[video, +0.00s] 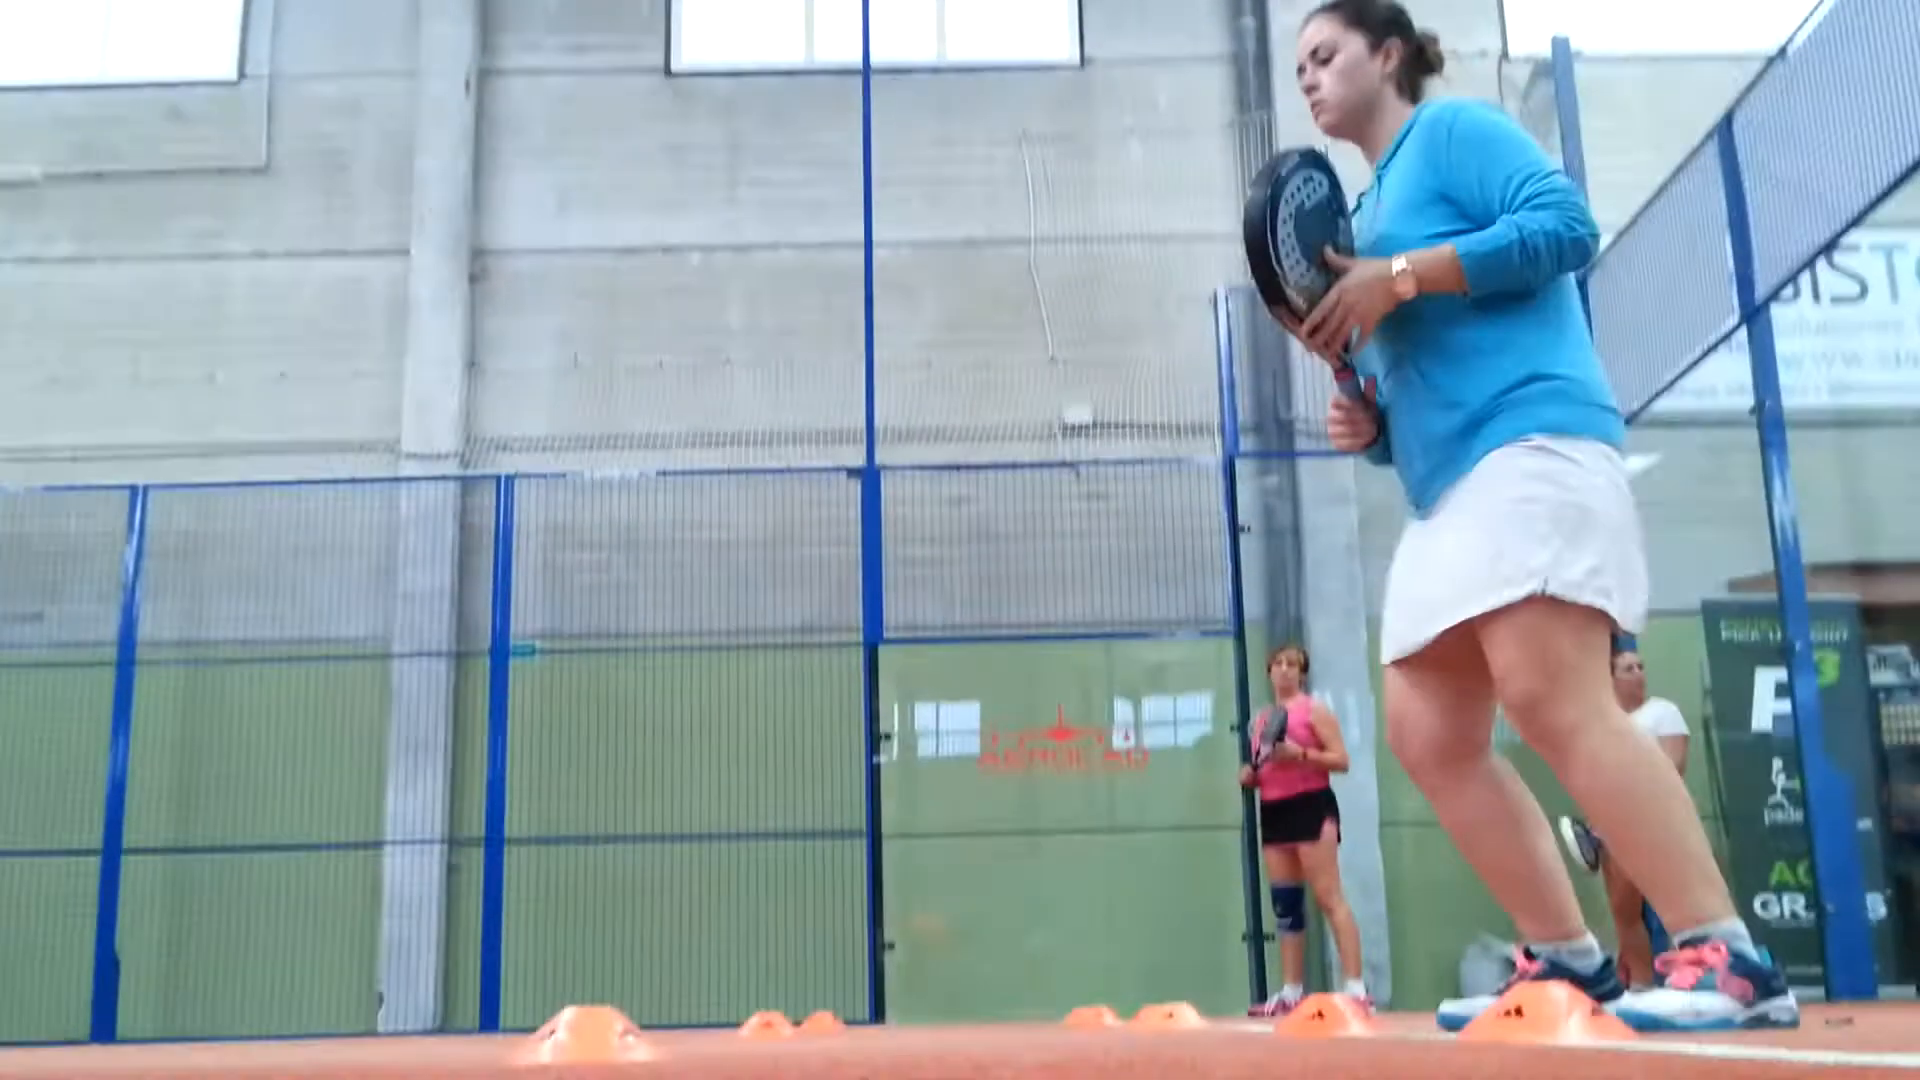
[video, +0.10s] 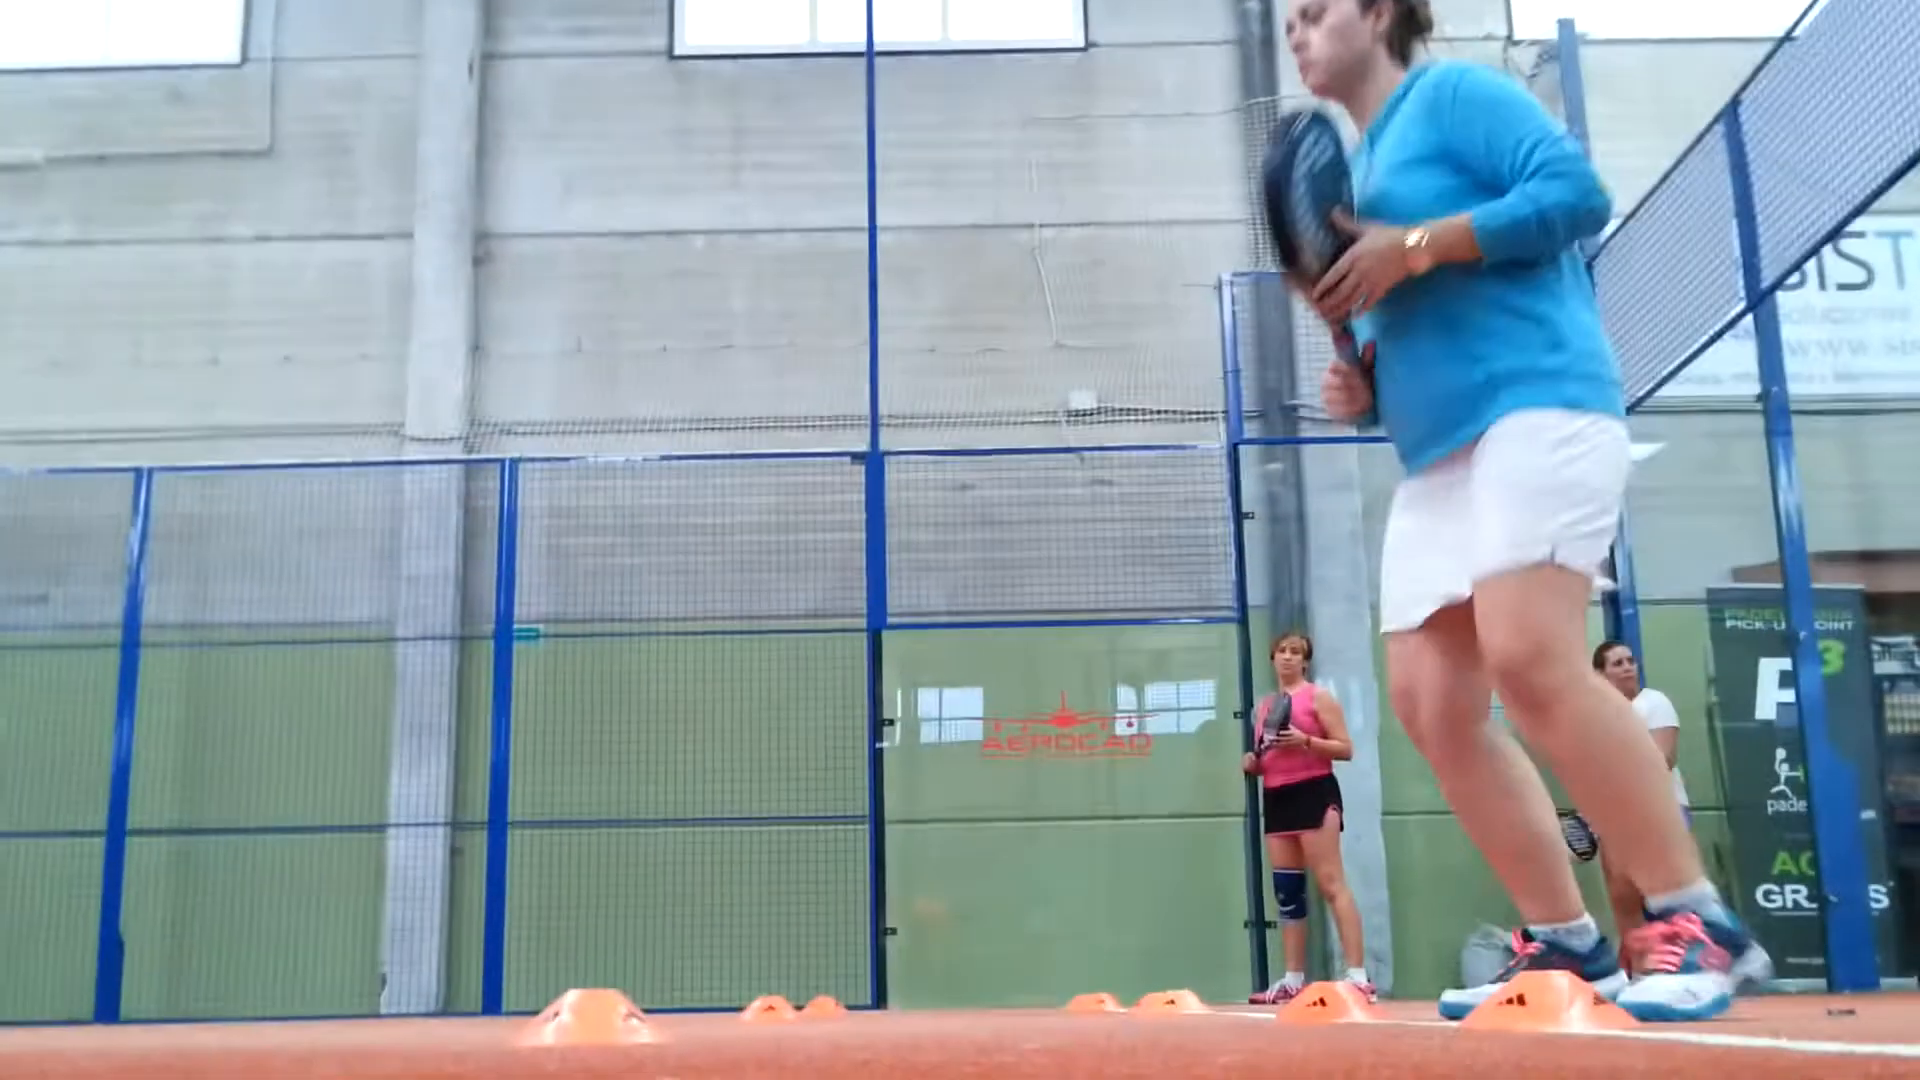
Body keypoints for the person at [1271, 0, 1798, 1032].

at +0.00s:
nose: (1306, 82)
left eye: (1323, 57)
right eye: (1302, 70)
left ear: (1390, 55)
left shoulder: (1456, 126)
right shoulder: (1367, 211)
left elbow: (1566, 226)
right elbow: (1427, 395)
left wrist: (1402, 277)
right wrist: (1371, 415)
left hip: (1537, 443)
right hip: (1447, 489)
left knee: (1556, 699)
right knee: (1431, 736)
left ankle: (1724, 958)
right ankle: (1567, 963)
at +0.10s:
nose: (1295, 28)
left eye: (1317, 8)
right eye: (1292, 15)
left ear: (1382, 15)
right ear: (1308, 46)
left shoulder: (1455, 91)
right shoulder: (1354, 175)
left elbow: (1579, 195)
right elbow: (1427, 343)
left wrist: (1416, 247)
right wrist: (1368, 384)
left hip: (1541, 410)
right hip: (1436, 453)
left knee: (1534, 661)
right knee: (1434, 704)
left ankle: (1701, 929)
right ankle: (1570, 947)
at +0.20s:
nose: (1289, 11)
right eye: (1284, 3)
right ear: (1300, 27)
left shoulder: (1466, 66)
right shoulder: (1314, 169)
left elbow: (1603, 183)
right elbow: (1334, 309)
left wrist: (1447, 221)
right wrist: (1339, 361)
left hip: (1537, 392)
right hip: (1417, 441)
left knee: (1519, 632)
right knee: (1441, 681)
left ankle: (1632, 928)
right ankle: (1553, 944)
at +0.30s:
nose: (1297, 10)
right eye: (1295, 3)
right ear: (1311, 26)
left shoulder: (1495, 84)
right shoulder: (1307, 172)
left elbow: (1624, 217)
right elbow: (1304, 335)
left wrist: (1485, 243)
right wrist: (1324, 381)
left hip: (1537, 417)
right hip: (1404, 461)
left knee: (1515, 654)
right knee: (1468, 721)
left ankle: (1563, 958)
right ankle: (1573, 961)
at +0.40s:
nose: (1300, 9)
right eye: (1297, 2)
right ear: (1306, 27)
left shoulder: (1512, 96)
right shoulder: (1303, 174)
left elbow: (1637, 242)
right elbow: (1289, 344)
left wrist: (1520, 265)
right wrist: (1314, 403)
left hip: (1550, 425)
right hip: (1401, 476)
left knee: (1521, 651)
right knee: (1387, 731)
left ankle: (1587, 962)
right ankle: (1543, 901)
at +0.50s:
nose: (1254, 27)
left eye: (1278, 5)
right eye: (1247, 13)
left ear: (1358, 9)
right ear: (1252, 38)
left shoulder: (1475, 112)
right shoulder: (1268, 193)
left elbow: (1622, 235)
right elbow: (1229, 379)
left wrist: (1555, 277)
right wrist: (1260, 438)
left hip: (1529, 449)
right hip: (1368, 481)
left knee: (1527, 670)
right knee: (1288, 676)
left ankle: (1581, 965)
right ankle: (1420, 895)